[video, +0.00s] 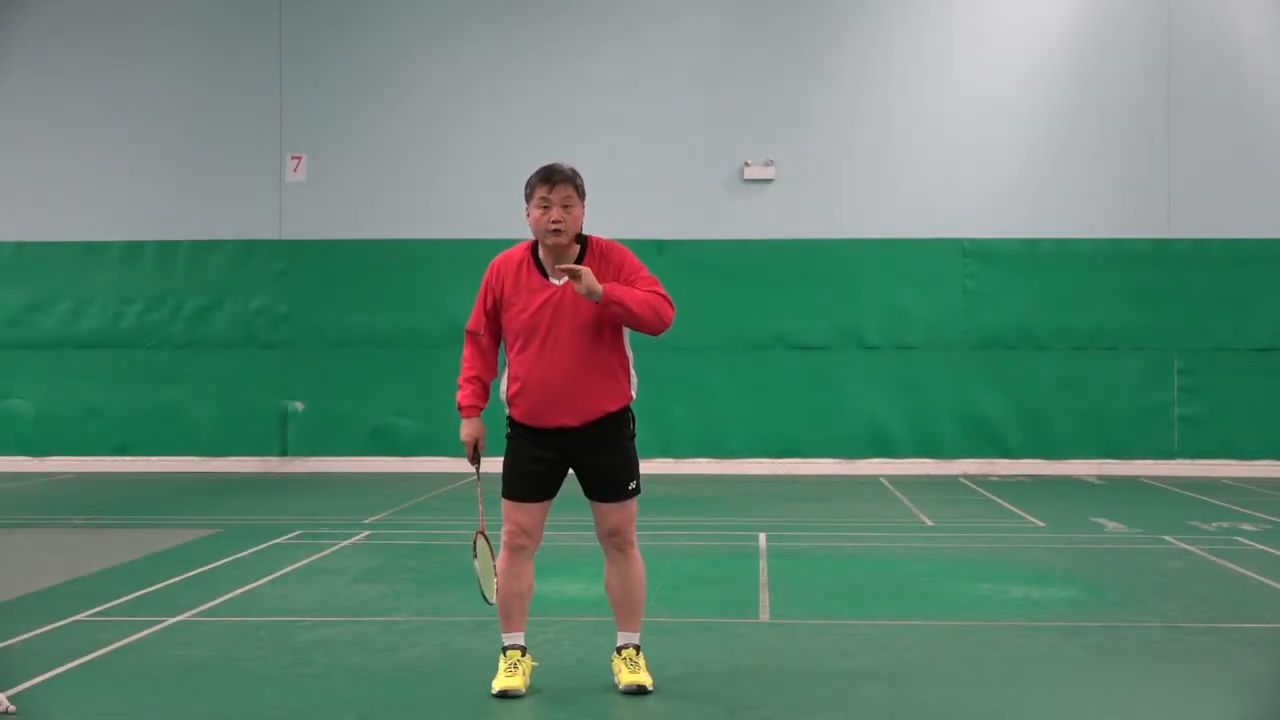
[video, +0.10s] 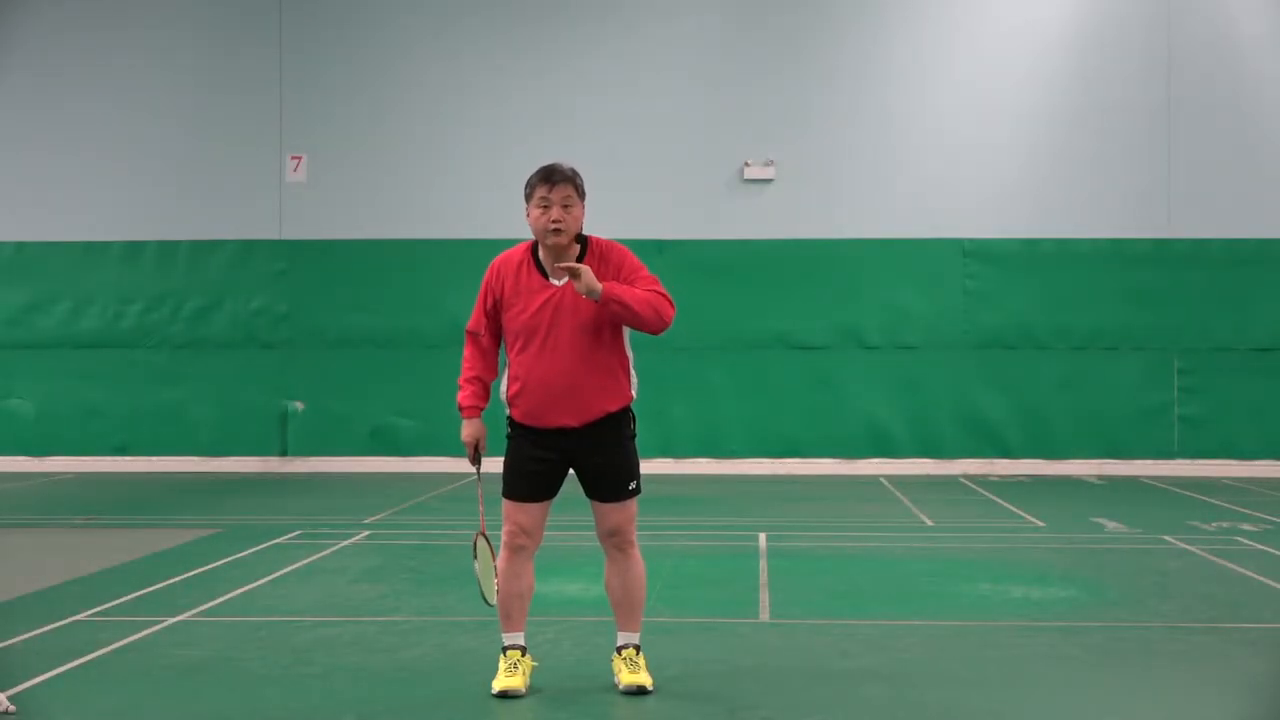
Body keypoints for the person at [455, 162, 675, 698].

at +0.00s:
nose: (555, 215)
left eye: (566, 205)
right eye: (544, 206)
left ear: (582, 211)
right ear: (528, 213)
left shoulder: (610, 258)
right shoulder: (505, 269)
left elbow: (660, 314)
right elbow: (480, 340)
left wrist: (602, 293)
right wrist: (471, 412)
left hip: (605, 425)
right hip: (532, 428)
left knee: (619, 536)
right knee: (518, 537)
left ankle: (630, 650)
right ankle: (513, 652)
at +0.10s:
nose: (555, 215)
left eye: (566, 205)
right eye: (544, 205)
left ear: (582, 211)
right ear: (528, 213)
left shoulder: (610, 258)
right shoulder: (505, 269)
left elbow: (660, 313)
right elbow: (481, 340)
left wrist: (601, 292)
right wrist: (472, 412)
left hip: (605, 425)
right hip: (533, 429)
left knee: (620, 536)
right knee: (517, 538)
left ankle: (630, 649)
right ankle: (513, 652)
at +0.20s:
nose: (555, 215)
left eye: (566, 205)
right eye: (544, 205)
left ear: (582, 211)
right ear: (528, 213)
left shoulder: (610, 258)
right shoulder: (506, 270)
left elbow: (659, 312)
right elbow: (481, 341)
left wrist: (601, 291)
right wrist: (472, 412)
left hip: (606, 424)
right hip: (533, 428)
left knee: (620, 536)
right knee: (518, 537)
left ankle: (630, 649)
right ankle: (513, 651)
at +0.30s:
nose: (556, 213)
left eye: (567, 203)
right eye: (545, 204)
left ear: (584, 209)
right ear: (530, 212)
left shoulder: (612, 257)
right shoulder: (506, 269)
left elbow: (658, 310)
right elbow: (482, 340)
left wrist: (608, 297)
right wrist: (473, 412)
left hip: (607, 424)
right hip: (535, 428)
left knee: (621, 535)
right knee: (518, 537)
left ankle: (630, 649)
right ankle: (513, 651)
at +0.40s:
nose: (559, 206)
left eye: (570, 196)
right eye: (548, 197)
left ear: (588, 202)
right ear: (533, 206)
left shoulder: (619, 255)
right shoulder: (509, 266)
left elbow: (668, 312)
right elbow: (484, 336)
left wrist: (608, 303)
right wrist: (474, 408)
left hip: (609, 422)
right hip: (535, 427)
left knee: (621, 534)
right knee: (519, 537)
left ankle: (630, 649)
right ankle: (513, 651)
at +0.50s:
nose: (568, 195)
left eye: (579, 186)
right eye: (557, 187)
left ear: (596, 196)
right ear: (542, 198)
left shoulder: (628, 255)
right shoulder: (516, 263)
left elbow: (674, 316)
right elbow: (489, 334)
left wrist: (620, 321)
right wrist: (476, 407)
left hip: (613, 420)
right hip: (539, 423)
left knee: (623, 535)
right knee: (521, 536)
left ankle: (629, 650)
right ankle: (513, 651)